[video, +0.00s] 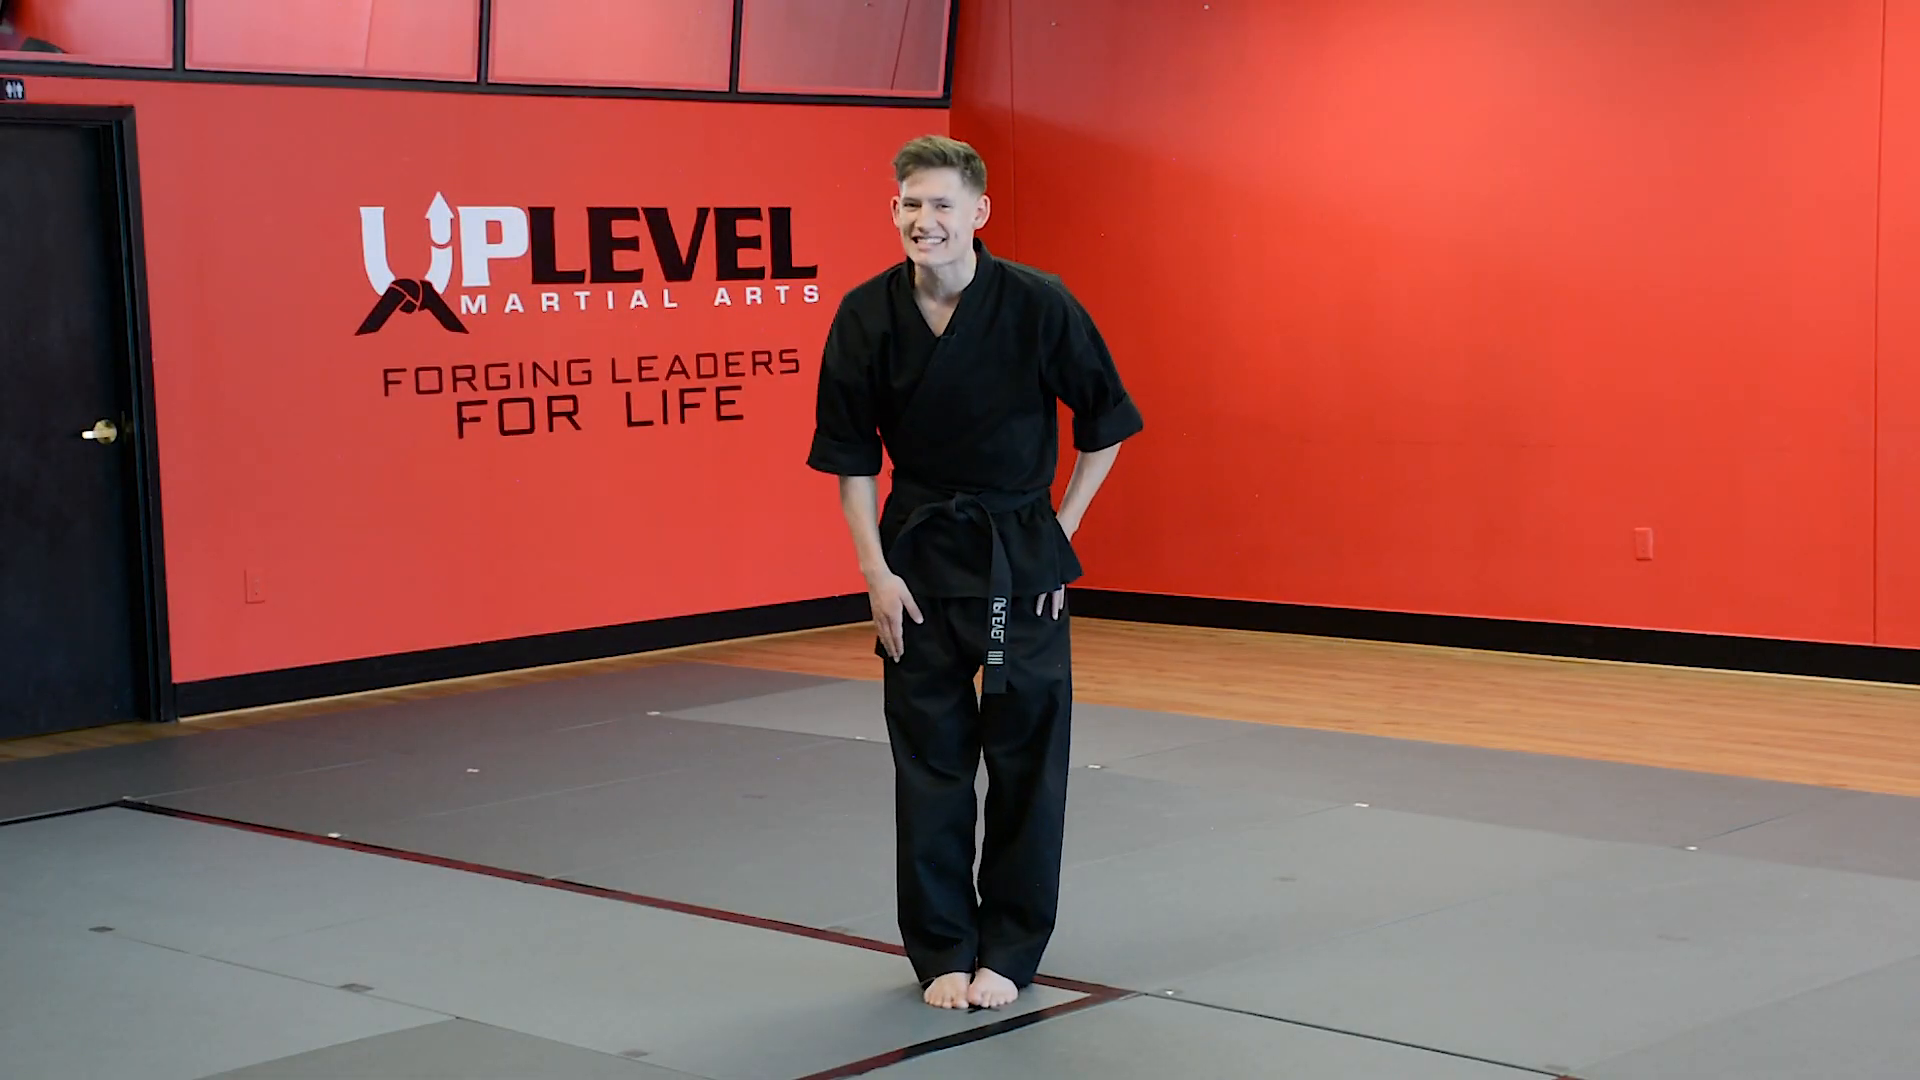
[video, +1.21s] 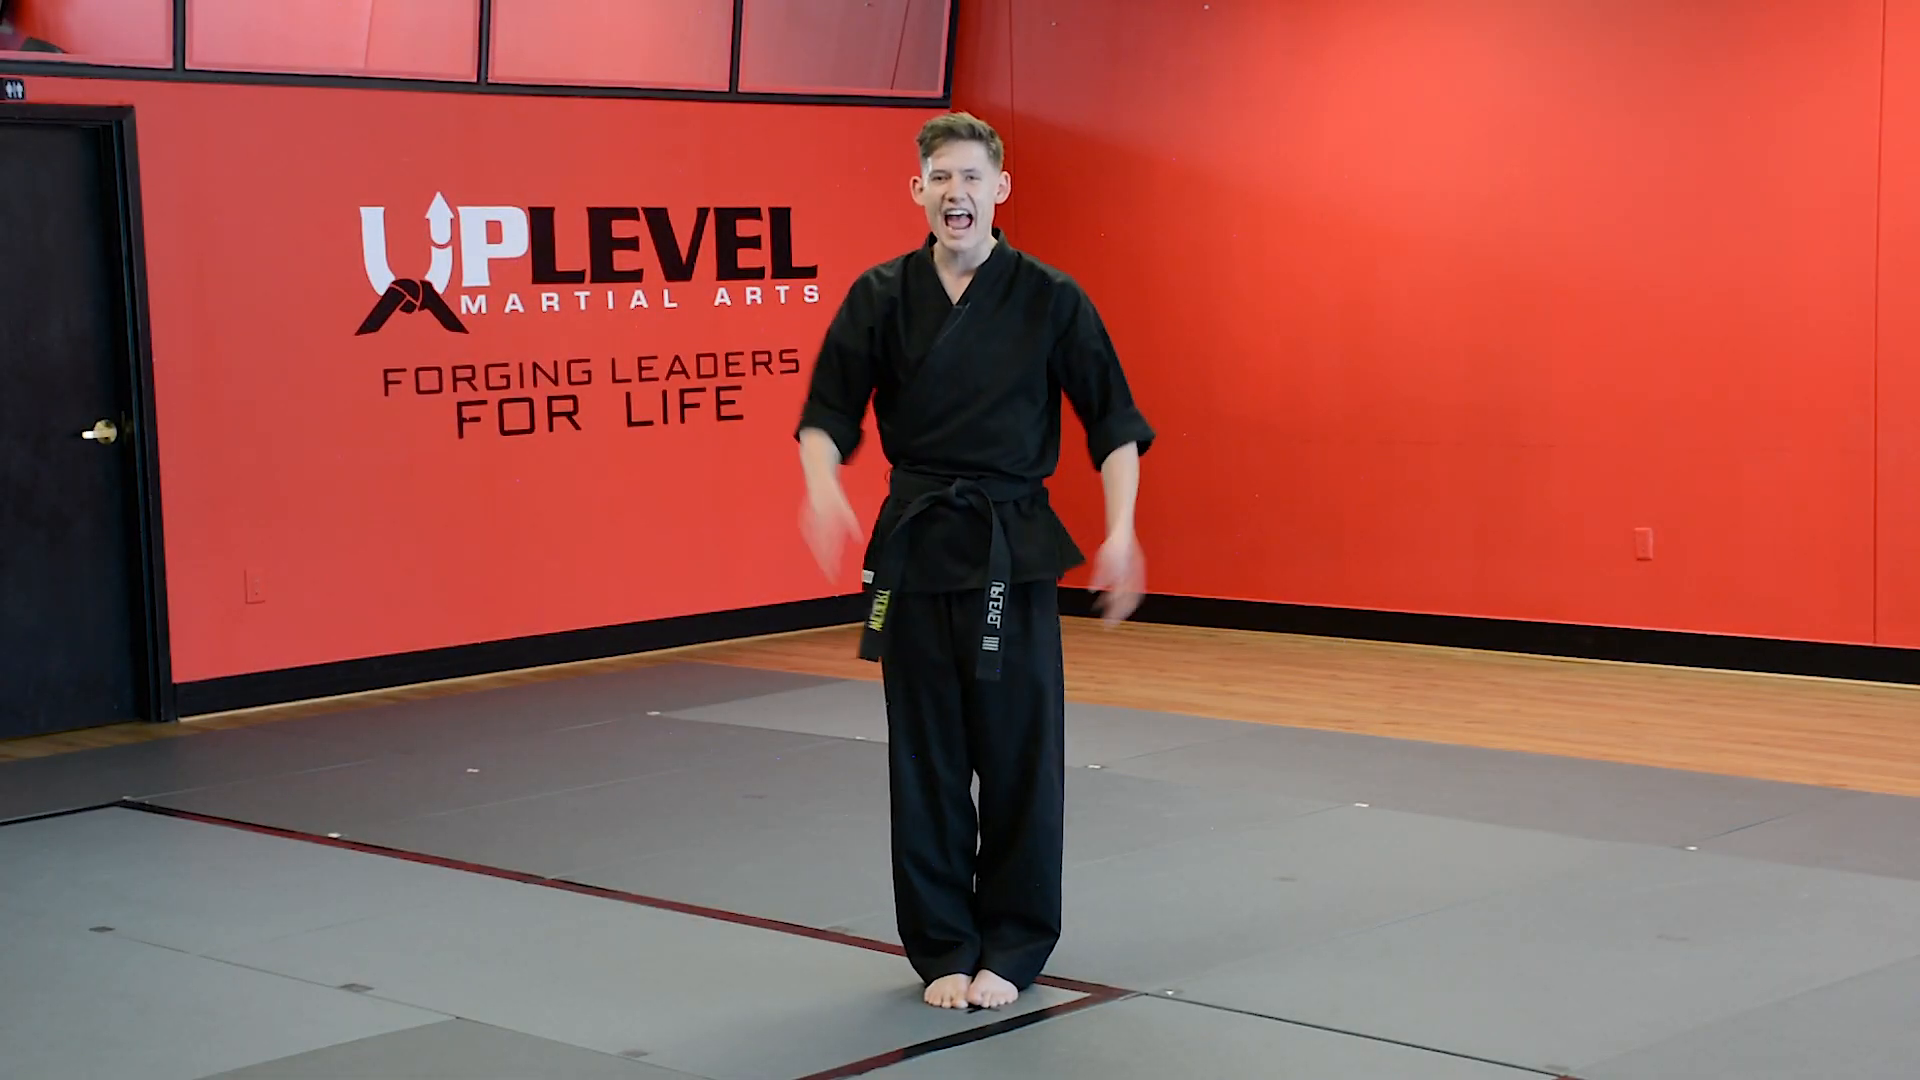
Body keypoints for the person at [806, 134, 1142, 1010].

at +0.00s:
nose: (923, 220)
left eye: (941, 204)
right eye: (910, 205)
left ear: (979, 211)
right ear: (895, 215)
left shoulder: (1036, 303)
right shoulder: (865, 317)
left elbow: (1108, 418)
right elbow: (851, 457)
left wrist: (1061, 531)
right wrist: (875, 574)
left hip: (1022, 544)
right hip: (918, 548)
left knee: (1027, 764)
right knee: (931, 766)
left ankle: (1008, 953)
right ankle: (944, 953)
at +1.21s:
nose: (957, 192)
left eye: (972, 176)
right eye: (941, 177)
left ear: (1001, 187)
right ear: (918, 190)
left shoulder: (1050, 297)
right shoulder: (880, 296)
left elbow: (1115, 420)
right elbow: (822, 416)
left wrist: (1120, 531)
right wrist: (821, 492)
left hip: (1018, 544)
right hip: (915, 544)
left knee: (1021, 762)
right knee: (927, 762)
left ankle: (1011, 953)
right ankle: (945, 952)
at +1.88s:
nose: (940, 192)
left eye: (956, 177)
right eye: (924, 177)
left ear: (984, 191)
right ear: (900, 191)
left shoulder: (1037, 297)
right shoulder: (863, 305)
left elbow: (1073, 440)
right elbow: (856, 456)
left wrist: (1064, 562)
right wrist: (865, 572)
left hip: (1013, 544)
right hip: (911, 548)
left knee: (1015, 758)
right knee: (926, 761)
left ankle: (1008, 954)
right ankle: (941, 954)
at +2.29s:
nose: (936, 221)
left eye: (952, 204)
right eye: (920, 206)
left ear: (982, 216)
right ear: (898, 221)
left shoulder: (1033, 327)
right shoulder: (863, 334)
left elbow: (1065, 473)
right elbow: (845, 483)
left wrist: (1055, 595)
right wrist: (849, 603)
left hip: (1013, 568)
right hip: (910, 570)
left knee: (1021, 776)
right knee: (920, 779)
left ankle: (1014, 954)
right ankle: (941, 956)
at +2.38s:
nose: (921, 243)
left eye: (938, 226)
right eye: (908, 227)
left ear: (975, 233)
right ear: (891, 238)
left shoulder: (1033, 340)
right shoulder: (865, 341)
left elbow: (1061, 484)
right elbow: (814, 478)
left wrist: (1061, 605)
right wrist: (829, 580)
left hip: (1011, 573)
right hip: (909, 576)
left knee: (1025, 787)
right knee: (910, 786)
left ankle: (1012, 959)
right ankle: (940, 959)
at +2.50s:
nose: (868, 223)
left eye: (883, 206)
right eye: (861, 207)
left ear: (936, 202)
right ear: (862, 210)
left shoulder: (1021, 295)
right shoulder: (862, 295)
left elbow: (1059, 437)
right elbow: (750, 349)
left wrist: (1066, 560)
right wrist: (798, 379)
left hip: (1009, 537)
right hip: (910, 538)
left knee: (1025, 753)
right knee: (908, 756)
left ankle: (1015, 958)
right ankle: (942, 955)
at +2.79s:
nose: (833, 255)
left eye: (847, 237)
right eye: (827, 240)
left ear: (899, 234)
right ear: (833, 244)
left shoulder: (991, 315)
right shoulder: (838, 339)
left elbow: (1067, 441)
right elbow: (731, 394)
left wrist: (1080, 567)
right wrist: (721, 276)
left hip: (1010, 569)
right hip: (905, 574)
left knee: (1089, 766)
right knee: (846, 771)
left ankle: (1155, 954)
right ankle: (811, 963)